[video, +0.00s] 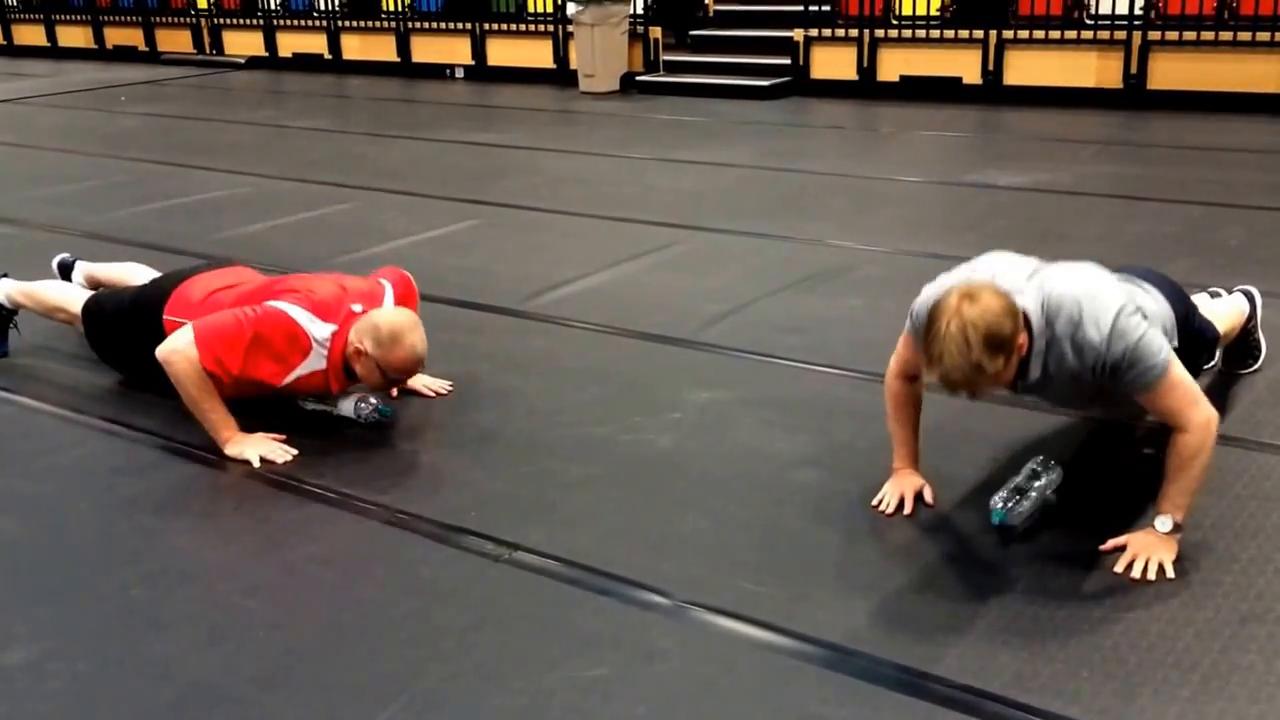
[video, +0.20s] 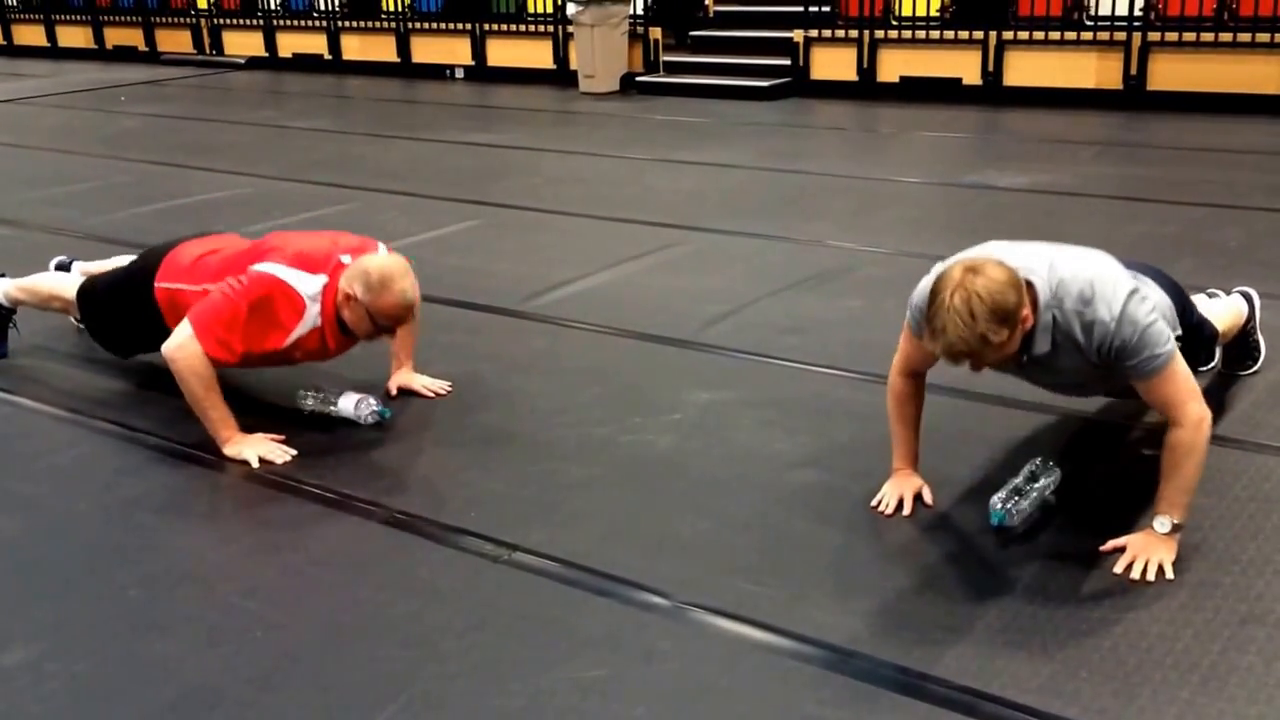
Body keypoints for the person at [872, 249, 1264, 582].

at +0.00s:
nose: (970, 396)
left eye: (980, 385)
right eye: (960, 388)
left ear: (1015, 349)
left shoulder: (1109, 333)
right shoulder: (934, 310)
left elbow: (1200, 421)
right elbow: (902, 373)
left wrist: (1164, 528)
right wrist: (904, 467)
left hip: (1161, 314)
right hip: (1084, 300)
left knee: (1208, 324)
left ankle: (1244, 306)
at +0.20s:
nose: (978, 370)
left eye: (990, 357)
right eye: (966, 359)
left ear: (1025, 318)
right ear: (953, 327)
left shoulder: (1117, 313)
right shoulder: (937, 301)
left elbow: (1193, 418)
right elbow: (906, 373)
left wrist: (1164, 529)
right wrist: (903, 468)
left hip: (1153, 322)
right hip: (1072, 350)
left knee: (1203, 333)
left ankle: (1241, 308)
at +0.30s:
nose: (970, 413)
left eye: (979, 403)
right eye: (959, 406)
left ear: (1015, 370)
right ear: (935, 360)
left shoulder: (1110, 353)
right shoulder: (935, 325)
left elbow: (1210, 426)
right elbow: (894, 378)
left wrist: (1164, 529)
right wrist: (902, 469)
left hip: (1153, 330)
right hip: (1087, 308)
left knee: (1203, 339)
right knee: (1159, 315)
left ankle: (1239, 307)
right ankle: (1207, 301)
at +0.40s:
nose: (969, 462)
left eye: (975, 453)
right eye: (956, 456)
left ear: (1009, 415)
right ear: (930, 396)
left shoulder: (1101, 388)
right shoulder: (941, 351)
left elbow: (1218, 433)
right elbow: (886, 379)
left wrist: (1165, 530)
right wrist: (902, 469)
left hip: (1138, 355)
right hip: (1060, 328)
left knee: (1195, 355)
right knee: (1138, 327)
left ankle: (1238, 307)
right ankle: (1203, 302)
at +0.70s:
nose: (975, 448)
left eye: (981, 439)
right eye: (960, 441)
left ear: (1012, 405)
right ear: (935, 393)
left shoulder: (1108, 378)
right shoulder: (938, 341)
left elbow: (1213, 433)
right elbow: (891, 380)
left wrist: (1162, 532)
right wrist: (902, 471)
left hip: (1143, 345)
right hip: (1069, 319)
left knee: (1199, 346)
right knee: (1149, 320)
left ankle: (1238, 310)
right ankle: (1206, 302)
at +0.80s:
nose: (993, 395)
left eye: (995, 385)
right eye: (978, 390)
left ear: (1020, 346)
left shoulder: (1113, 333)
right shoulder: (936, 309)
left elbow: (1195, 424)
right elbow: (900, 378)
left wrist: (1161, 532)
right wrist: (901, 471)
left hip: (1156, 327)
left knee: (1203, 335)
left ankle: (1239, 310)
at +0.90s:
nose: (983, 372)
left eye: (992, 360)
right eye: (970, 364)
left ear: (1025, 317)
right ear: (951, 327)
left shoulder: (1118, 312)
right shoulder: (937, 295)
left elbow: (1180, 423)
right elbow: (906, 377)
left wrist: (1162, 533)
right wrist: (901, 471)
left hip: (1151, 335)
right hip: (1070, 360)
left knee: (1202, 336)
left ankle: (1239, 312)